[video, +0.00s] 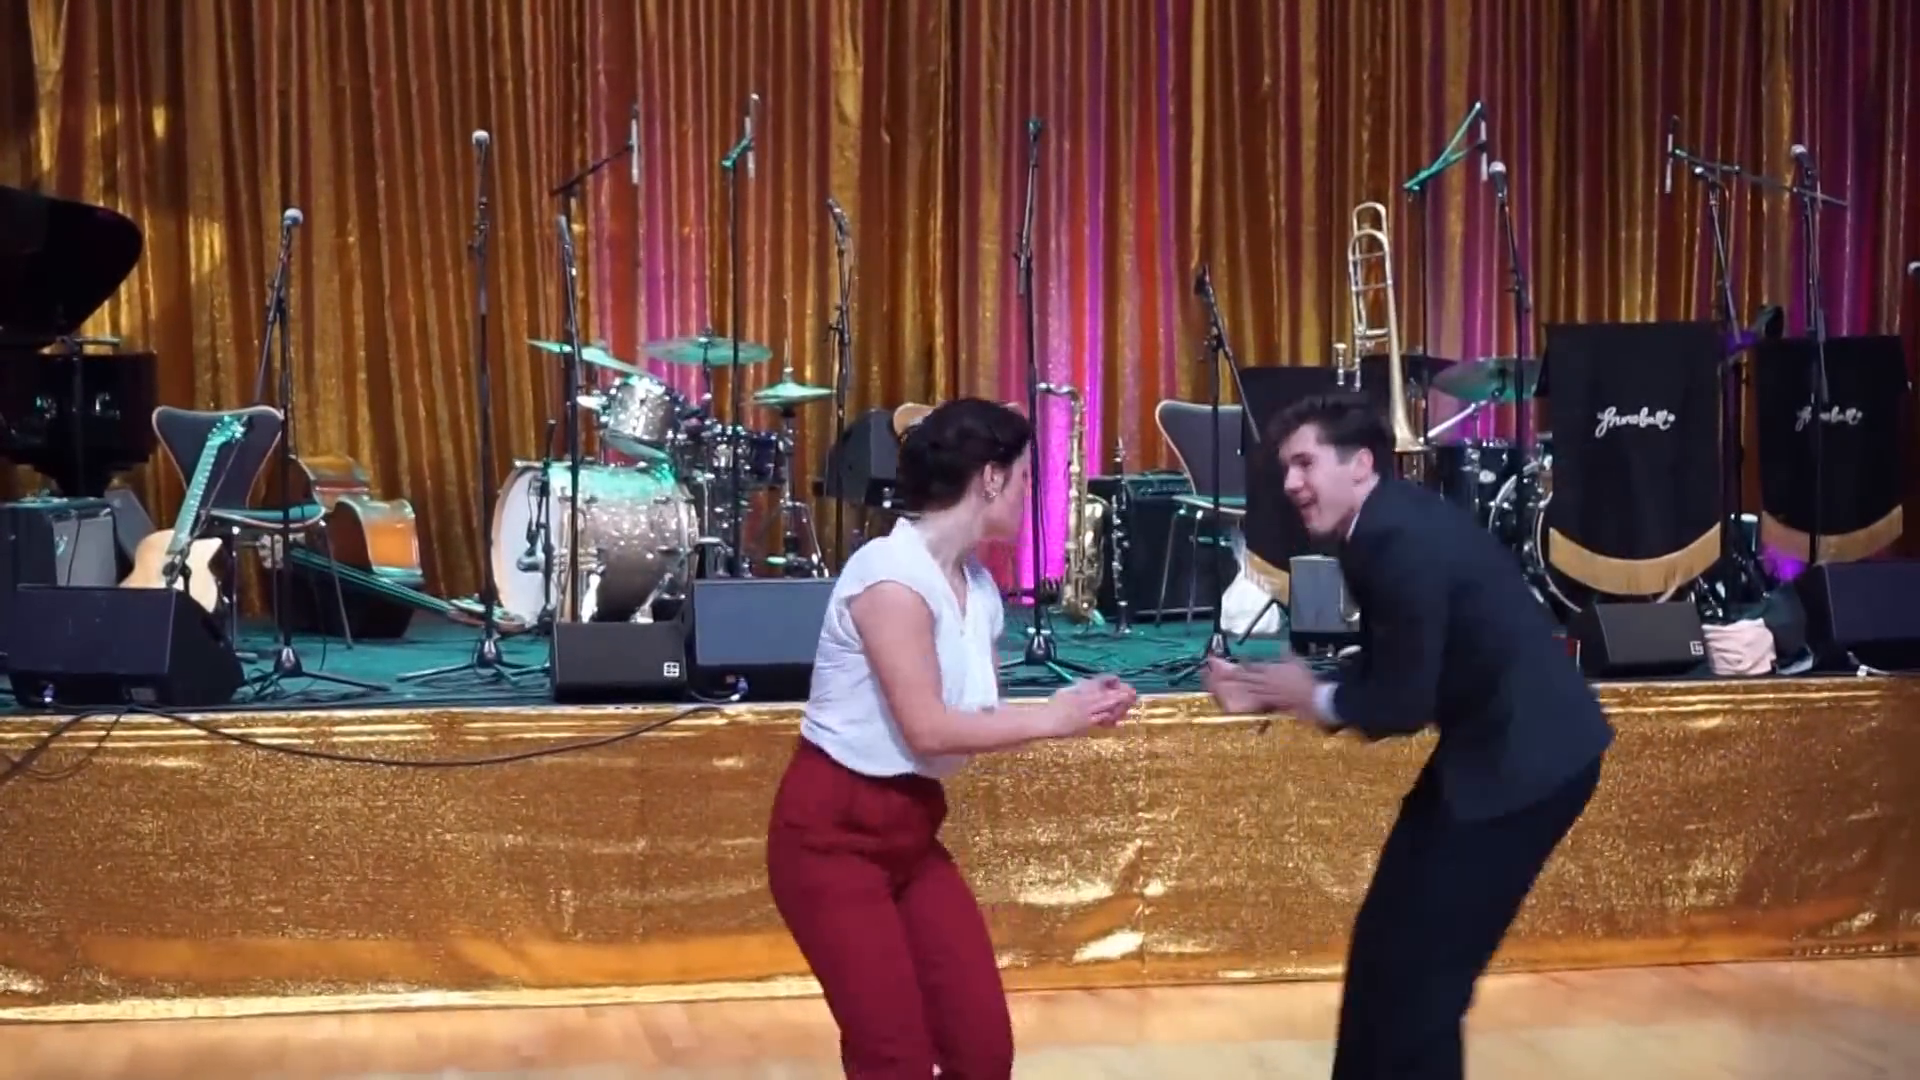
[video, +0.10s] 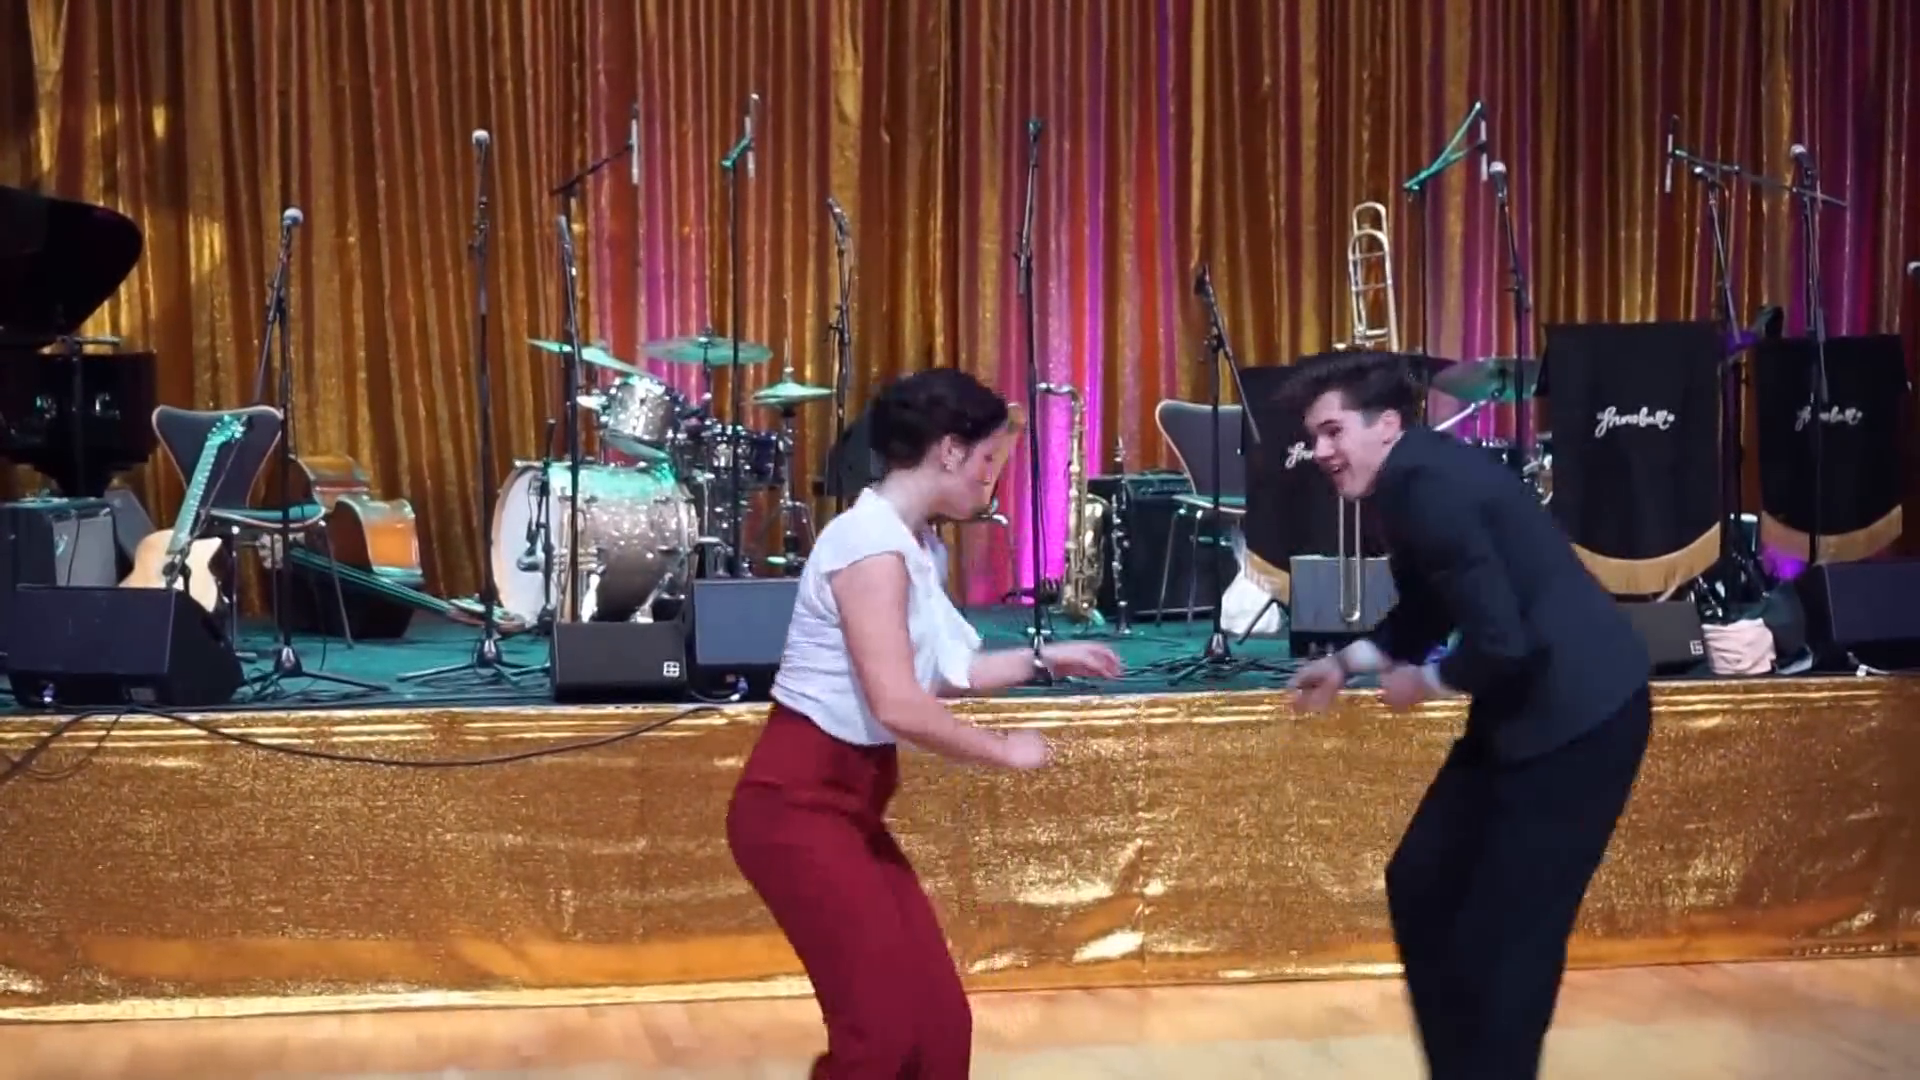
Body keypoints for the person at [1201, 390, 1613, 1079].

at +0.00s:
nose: (1292, 484)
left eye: (1308, 463)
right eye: (1286, 469)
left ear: (1363, 464)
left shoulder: (1398, 534)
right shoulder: (1383, 531)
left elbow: (1408, 699)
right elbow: (1387, 678)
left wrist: (1312, 698)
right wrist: (1293, 686)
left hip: (1529, 755)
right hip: (1488, 748)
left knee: (1414, 963)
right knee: (1384, 943)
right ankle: (1368, 1072)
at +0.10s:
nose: (1318, 453)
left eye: (1332, 432)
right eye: (1313, 439)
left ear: (1389, 422)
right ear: (1383, 428)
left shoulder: (1429, 483)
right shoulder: (1413, 478)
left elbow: (1498, 643)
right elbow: (1429, 609)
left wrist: (1430, 678)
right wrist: (1346, 662)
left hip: (1581, 713)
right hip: (1519, 710)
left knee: (1502, 928)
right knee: (1420, 882)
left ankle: (1491, 1069)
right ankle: (1462, 1067)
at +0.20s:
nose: (1359, 463)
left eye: (1370, 442)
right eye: (1352, 448)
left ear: (1427, 428)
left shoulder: (1458, 488)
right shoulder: (1459, 472)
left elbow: (1560, 604)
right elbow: (1490, 588)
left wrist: (1531, 729)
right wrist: (1411, 640)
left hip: (1627, 716)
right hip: (1583, 711)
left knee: (1527, 914)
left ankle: (1621, 1069)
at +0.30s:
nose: (1402, 497)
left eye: (1411, 475)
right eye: (1394, 482)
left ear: (1465, 461)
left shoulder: (1519, 515)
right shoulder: (1484, 528)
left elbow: (1600, 640)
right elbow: (1536, 635)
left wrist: (1635, 786)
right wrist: (1441, 641)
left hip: (1654, 763)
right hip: (1609, 763)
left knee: (1613, 992)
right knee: (1561, 981)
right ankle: (1673, 1066)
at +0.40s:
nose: (1426, 523)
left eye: (1434, 501)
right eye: (1417, 510)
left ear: (1489, 488)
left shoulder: (1541, 539)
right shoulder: (1519, 558)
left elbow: (1630, 633)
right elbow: (1563, 674)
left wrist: (1699, 740)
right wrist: (1462, 658)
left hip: (1669, 789)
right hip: (1662, 788)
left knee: (1593, 993)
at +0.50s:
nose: (1438, 534)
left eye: (1445, 511)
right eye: (1429, 521)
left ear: (1500, 495)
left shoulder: (1557, 531)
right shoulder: (1532, 583)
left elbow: (1658, 609)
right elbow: (1564, 745)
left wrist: (1726, 703)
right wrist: (1455, 701)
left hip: (1701, 761)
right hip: (1704, 768)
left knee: (1545, 941)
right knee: (1664, 986)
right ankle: (1710, 1071)